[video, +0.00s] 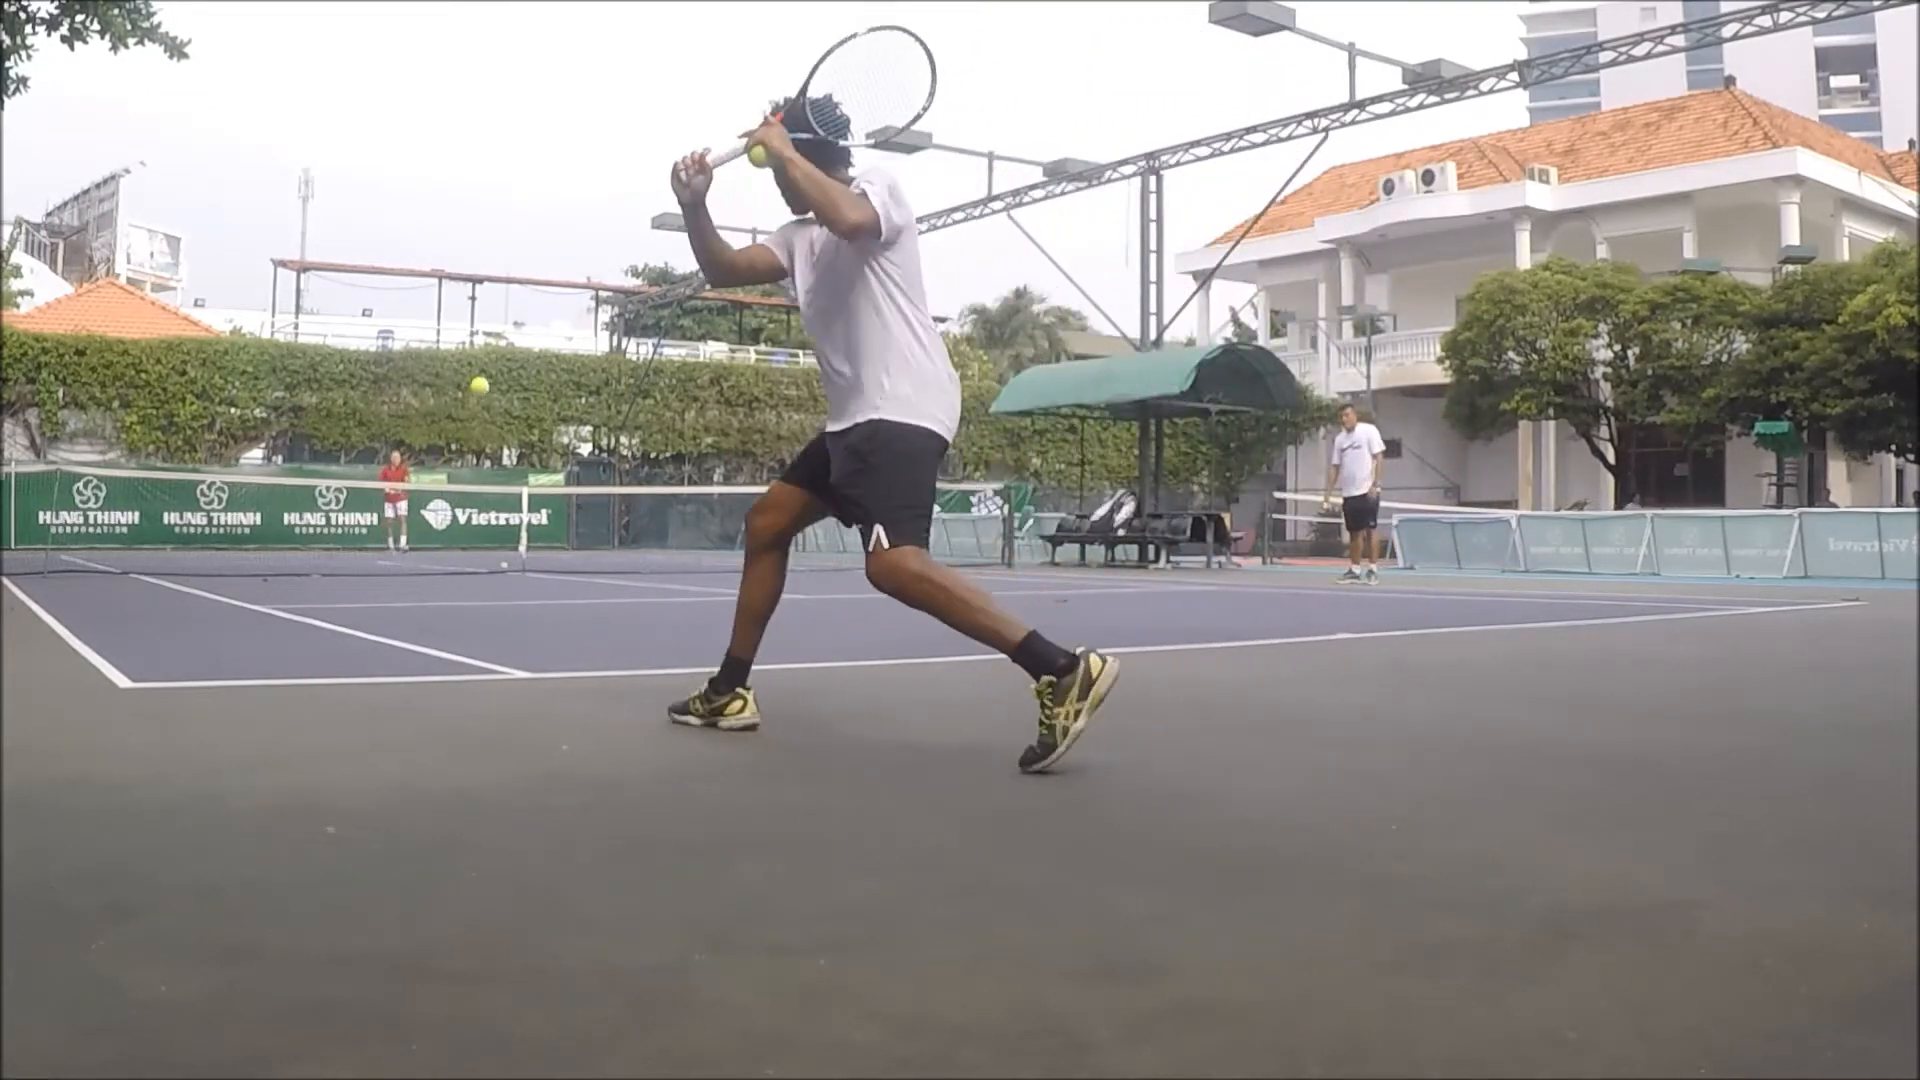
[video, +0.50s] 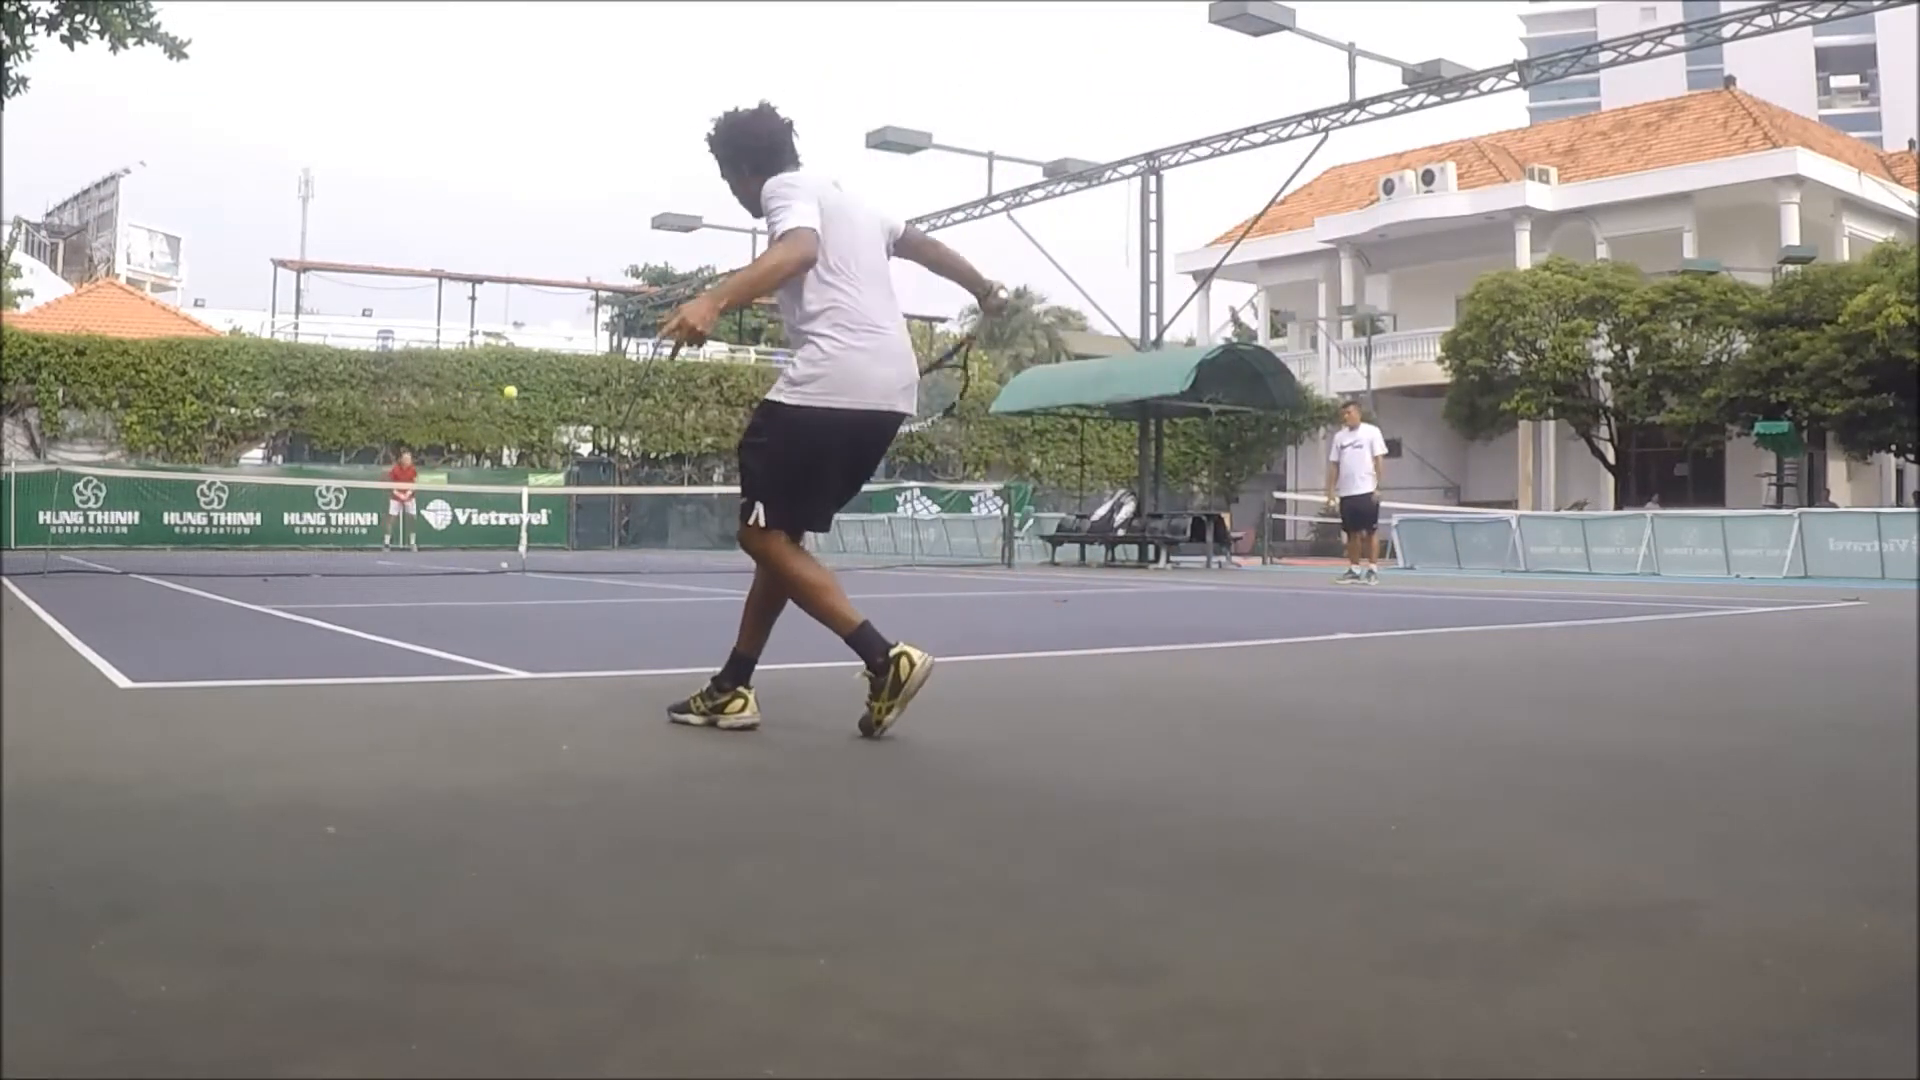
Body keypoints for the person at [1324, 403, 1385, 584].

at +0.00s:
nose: (1345, 419)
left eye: (1347, 415)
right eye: (1342, 416)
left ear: (1355, 415)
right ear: (1340, 419)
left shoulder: (1369, 431)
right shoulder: (1339, 439)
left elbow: (1379, 457)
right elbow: (1335, 467)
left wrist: (1376, 483)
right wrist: (1328, 491)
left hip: (1367, 489)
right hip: (1348, 493)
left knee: (1370, 531)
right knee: (1354, 533)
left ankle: (1372, 568)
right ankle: (1354, 568)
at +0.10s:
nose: (1345, 418)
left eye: (1348, 414)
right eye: (1342, 416)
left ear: (1355, 415)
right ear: (1340, 419)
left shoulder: (1369, 430)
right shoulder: (1338, 439)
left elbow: (1380, 457)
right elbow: (1334, 467)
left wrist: (1381, 484)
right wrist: (1329, 491)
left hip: (1369, 489)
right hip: (1348, 492)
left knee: (1371, 532)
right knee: (1353, 534)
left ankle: (1372, 569)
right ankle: (1354, 569)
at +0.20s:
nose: (1345, 418)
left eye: (1348, 414)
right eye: (1342, 416)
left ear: (1355, 415)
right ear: (1340, 419)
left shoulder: (1370, 431)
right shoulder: (1338, 439)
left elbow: (1380, 457)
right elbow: (1334, 467)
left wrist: (1383, 483)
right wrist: (1331, 492)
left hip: (1368, 489)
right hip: (1347, 492)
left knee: (1371, 531)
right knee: (1353, 534)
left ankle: (1372, 568)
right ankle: (1354, 569)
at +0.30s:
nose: (1346, 418)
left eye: (1349, 414)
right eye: (1343, 415)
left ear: (1356, 414)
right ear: (1340, 418)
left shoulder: (1370, 431)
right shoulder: (1337, 438)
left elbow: (1380, 458)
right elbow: (1333, 466)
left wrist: (1384, 485)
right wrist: (1332, 492)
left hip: (1369, 489)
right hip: (1347, 492)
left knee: (1371, 532)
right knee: (1353, 534)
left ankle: (1372, 568)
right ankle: (1354, 568)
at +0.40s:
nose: (1347, 418)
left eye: (1350, 413)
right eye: (1344, 415)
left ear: (1358, 414)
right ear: (1341, 418)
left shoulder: (1371, 431)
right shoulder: (1338, 438)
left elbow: (1380, 458)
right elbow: (1333, 466)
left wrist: (1382, 485)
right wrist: (1331, 493)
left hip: (1368, 489)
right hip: (1347, 492)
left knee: (1371, 532)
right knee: (1353, 534)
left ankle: (1372, 568)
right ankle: (1354, 568)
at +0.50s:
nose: (1346, 417)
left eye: (1349, 413)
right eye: (1344, 414)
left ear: (1359, 413)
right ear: (1342, 417)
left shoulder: (1372, 432)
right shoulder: (1339, 436)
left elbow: (1378, 459)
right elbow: (1334, 465)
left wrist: (1379, 484)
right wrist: (1330, 491)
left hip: (1367, 489)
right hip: (1346, 491)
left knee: (1371, 532)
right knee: (1351, 534)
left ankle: (1372, 568)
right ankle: (1354, 568)